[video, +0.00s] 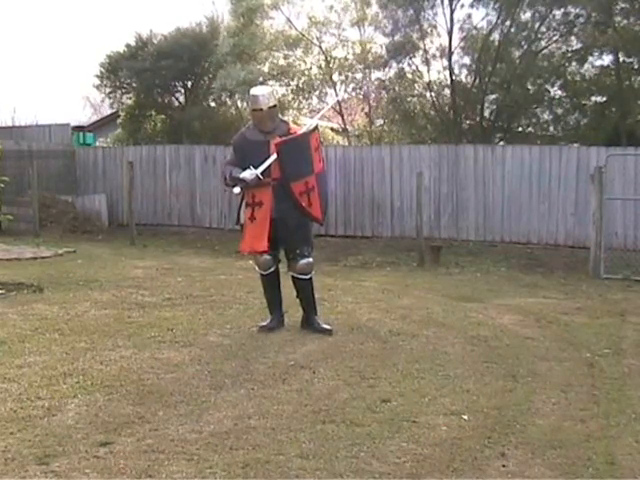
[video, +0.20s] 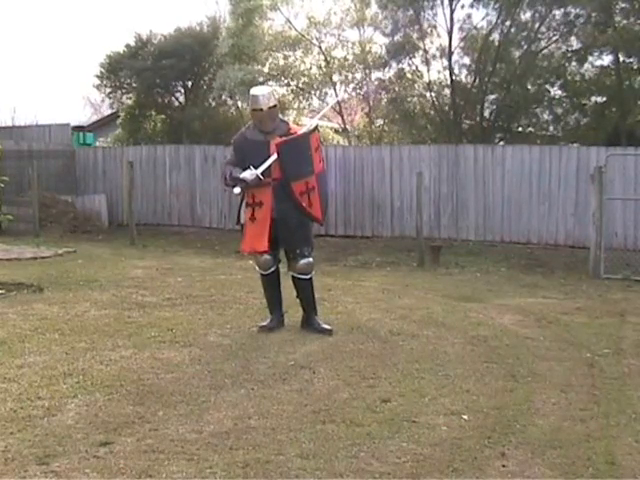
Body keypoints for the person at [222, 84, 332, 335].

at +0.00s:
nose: (255, 116)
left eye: (260, 111)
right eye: (253, 111)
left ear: (273, 109)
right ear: (250, 111)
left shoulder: (292, 134)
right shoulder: (243, 140)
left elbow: (308, 167)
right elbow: (228, 172)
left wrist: (308, 140)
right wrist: (241, 176)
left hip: (293, 209)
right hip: (261, 210)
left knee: (303, 263)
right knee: (265, 261)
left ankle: (310, 316)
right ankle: (276, 316)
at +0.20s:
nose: (258, 117)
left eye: (262, 111)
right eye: (255, 112)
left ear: (274, 109)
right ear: (252, 112)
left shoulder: (292, 134)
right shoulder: (243, 140)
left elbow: (307, 167)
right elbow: (228, 172)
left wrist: (306, 139)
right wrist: (241, 176)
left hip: (293, 207)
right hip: (261, 209)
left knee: (303, 262)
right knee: (265, 261)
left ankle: (310, 316)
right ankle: (276, 316)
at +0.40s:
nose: (262, 117)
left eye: (265, 111)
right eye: (257, 112)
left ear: (275, 108)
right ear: (252, 113)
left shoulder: (292, 134)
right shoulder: (243, 140)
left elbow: (307, 167)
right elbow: (228, 172)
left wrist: (306, 140)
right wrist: (241, 176)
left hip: (293, 207)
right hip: (261, 209)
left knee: (303, 262)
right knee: (265, 261)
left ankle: (310, 316)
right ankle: (276, 316)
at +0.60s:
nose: (261, 117)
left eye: (264, 111)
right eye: (257, 112)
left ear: (275, 109)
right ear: (253, 113)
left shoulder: (292, 134)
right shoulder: (243, 140)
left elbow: (308, 167)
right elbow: (228, 172)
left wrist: (307, 139)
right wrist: (241, 176)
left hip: (293, 207)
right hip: (261, 209)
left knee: (303, 262)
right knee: (265, 261)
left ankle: (310, 316)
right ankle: (276, 316)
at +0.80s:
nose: (263, 117)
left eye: (266, 110)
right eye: (258, 112)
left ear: (275, 108)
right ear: (253, 113)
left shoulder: (292, 134)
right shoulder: (244, 140)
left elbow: (308, 166)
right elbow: (228, 172)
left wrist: (307, 138)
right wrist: (241, 176)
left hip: (293, 207)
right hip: (262, 209)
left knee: (303, 262)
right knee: (265, 261)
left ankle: (310, 316)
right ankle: (276, 316)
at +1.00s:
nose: (261, 116)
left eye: (265, 111)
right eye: (257, 112)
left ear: (275, 109)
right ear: (253, 112)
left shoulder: (293, 133)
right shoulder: (244, 140)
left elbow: (310, 167)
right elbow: (228, 171)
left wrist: (309, 140)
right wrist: (239, 176)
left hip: (293, 206)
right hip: (262, 208)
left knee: (303, 262)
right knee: (265, 260)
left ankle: (310, 316)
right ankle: (276, 316)